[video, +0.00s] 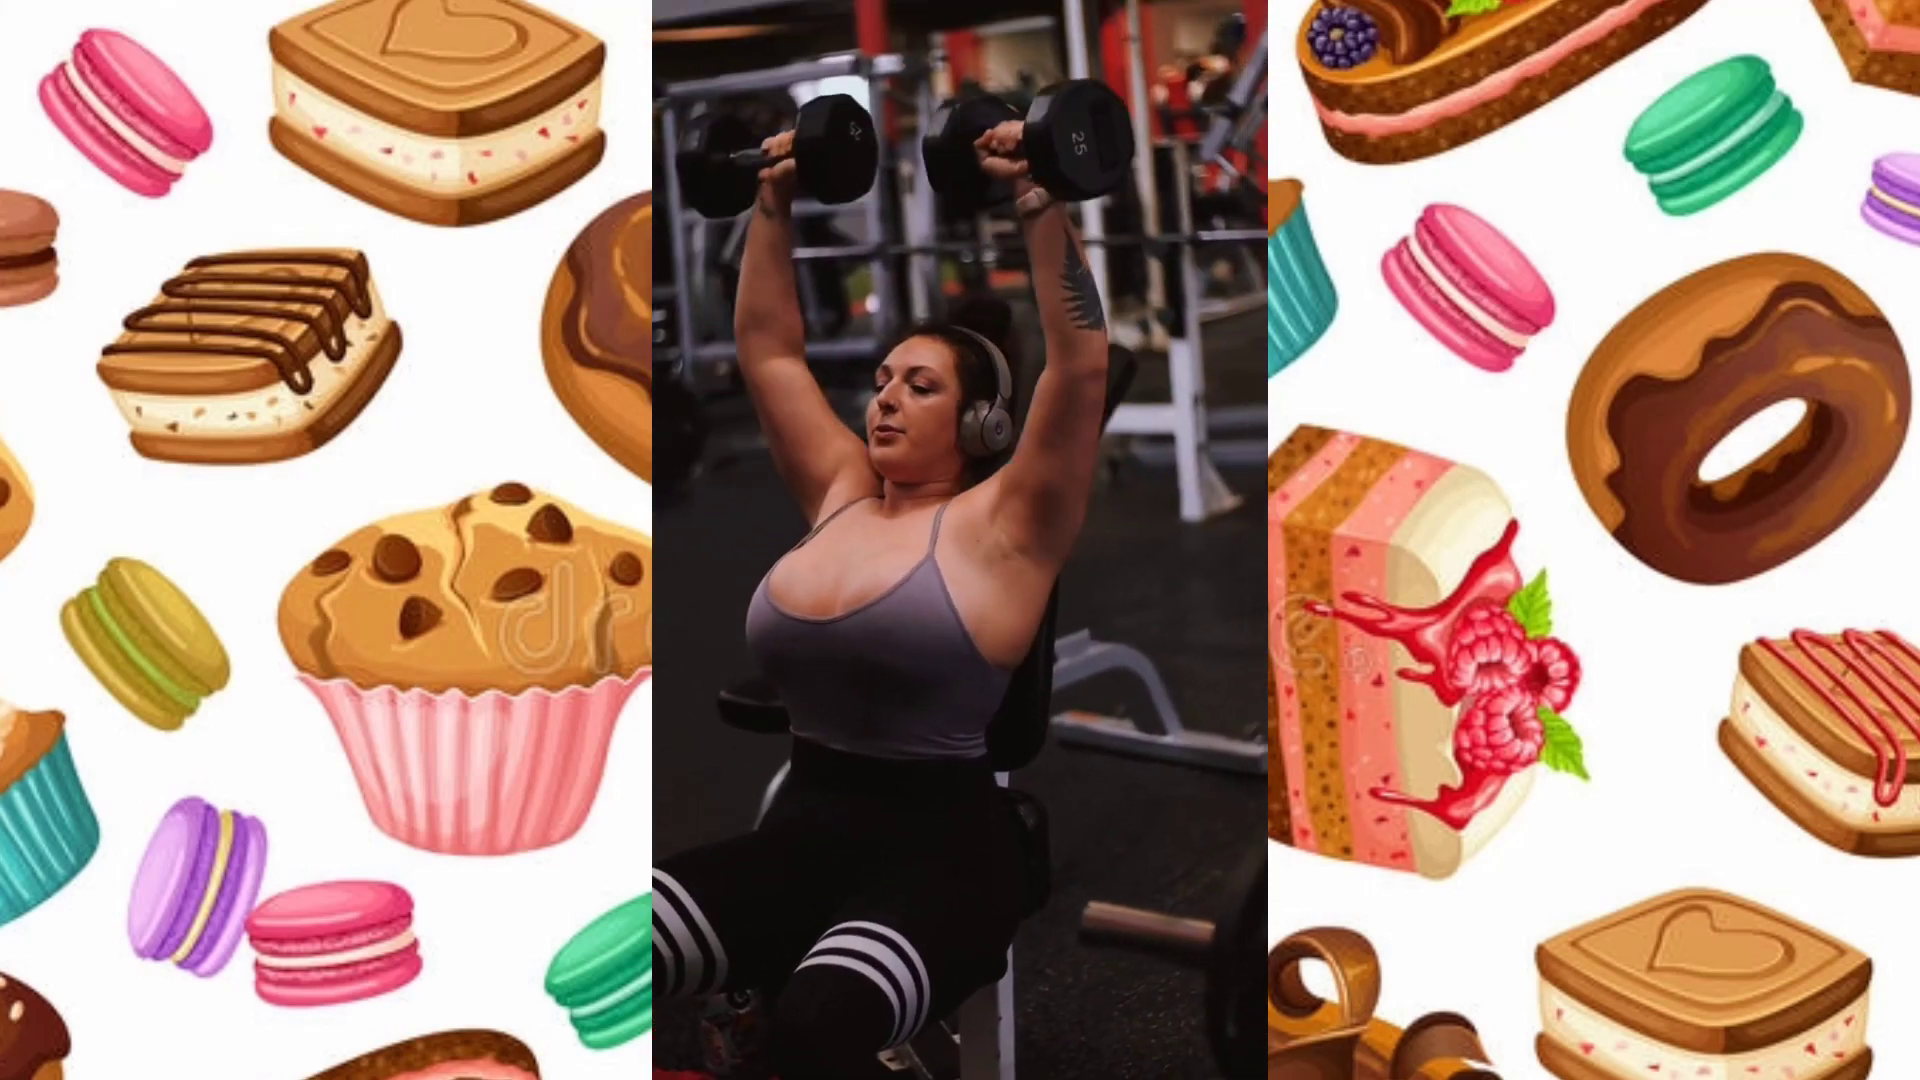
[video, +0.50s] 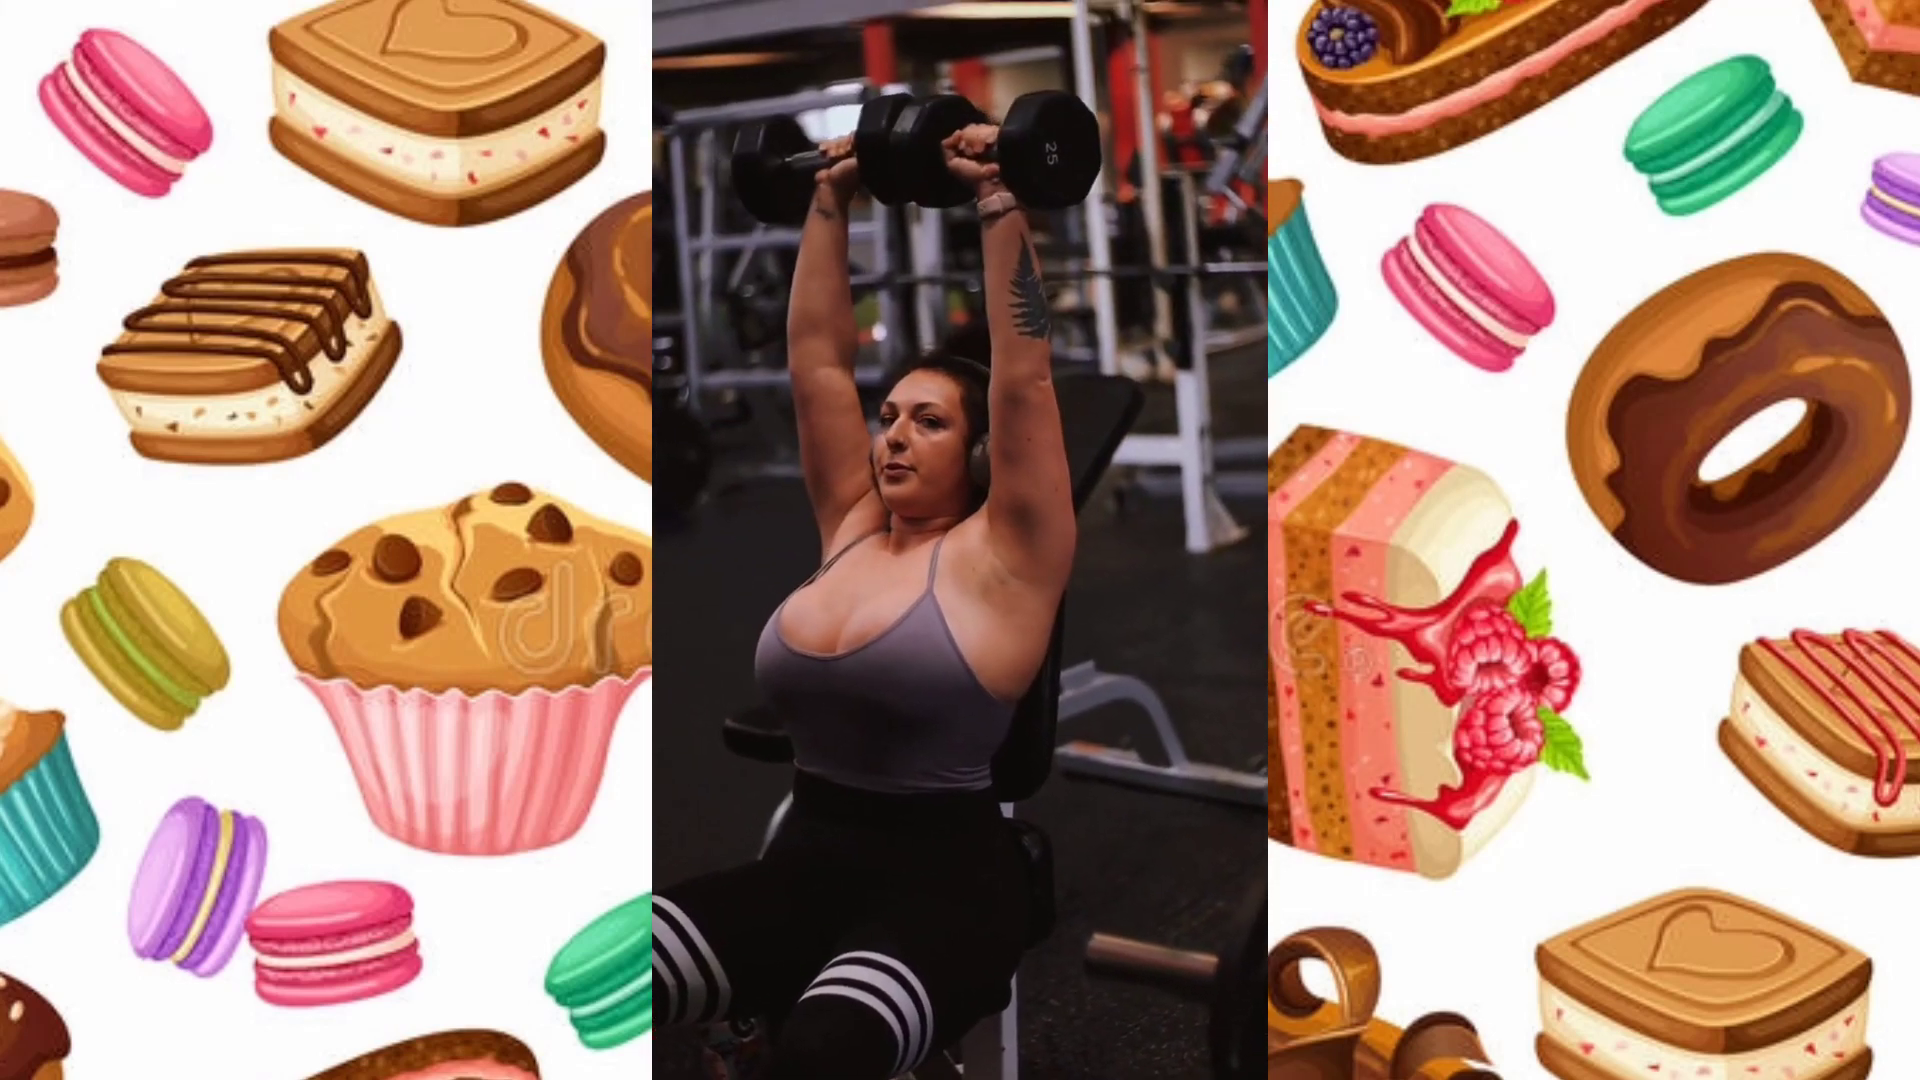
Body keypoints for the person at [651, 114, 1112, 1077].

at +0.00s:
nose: (885, 400)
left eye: (919, 386)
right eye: (884, 383)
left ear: (979, 421)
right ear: (871, 405)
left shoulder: (1009, 523)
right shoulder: (842, 490)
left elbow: (1080, 364)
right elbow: (769, 349)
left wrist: (1036, 201)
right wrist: (773, 201)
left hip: (945, 849)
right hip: (808, 832)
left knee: (810, 1028)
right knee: (605, 945)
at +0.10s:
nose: (883, 404)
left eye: (914, 390)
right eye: (878, 388)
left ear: (971, 419)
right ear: (864, 410)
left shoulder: (1004, 524)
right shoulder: (839, 493)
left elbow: (1045, 358)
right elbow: (779, 341)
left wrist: (1014, 191)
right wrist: (780, 183)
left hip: (943, 851)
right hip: (804, 834)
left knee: (811, 1025)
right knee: (606, 947)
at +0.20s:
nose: (887, 411)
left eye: (919, 396)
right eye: (882, 394)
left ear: (974, 423)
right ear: (866, 417)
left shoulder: (1005, 524)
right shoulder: (843, 499)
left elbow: (1022, 353)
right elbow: (796, 341)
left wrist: (1001, 184)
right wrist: (798, 185)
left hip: (946, 853)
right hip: (810, 839)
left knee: (816, 1026)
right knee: (611, 953)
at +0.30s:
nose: (891, 421)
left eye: (924, 406)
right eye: (886, 404)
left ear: (980, 433)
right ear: (870, 427)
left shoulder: (1007, 534)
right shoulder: (849, 508)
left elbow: (1020, 363)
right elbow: (809, 347)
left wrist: (1000, 192)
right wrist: (814, 185)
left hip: (945, 864)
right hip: (809, 848)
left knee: (815, 1036)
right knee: (603, 961)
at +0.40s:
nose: (894, 432)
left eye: (926, 417)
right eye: (888, 414)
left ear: (981, 442)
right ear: (873, 436)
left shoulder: (1009, 544)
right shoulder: (851, 517)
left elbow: (1019, 373)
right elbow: (815, 357)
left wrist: (999, 203)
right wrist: (823, 197)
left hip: (945, 875)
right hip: (810, 859)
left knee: (823, 1041)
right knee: (605, 972)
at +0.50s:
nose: (894, 435)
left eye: (927, 421)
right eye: (889, 417)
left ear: (982, 447)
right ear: (873, 438)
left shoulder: (1011, 549)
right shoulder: (853, 523)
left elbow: (1023, 377)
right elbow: (818, 362)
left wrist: (999, 208)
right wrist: (829, 200)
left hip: (946, 880)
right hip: (812, 864)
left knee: (825, 1043)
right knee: (606, 974)